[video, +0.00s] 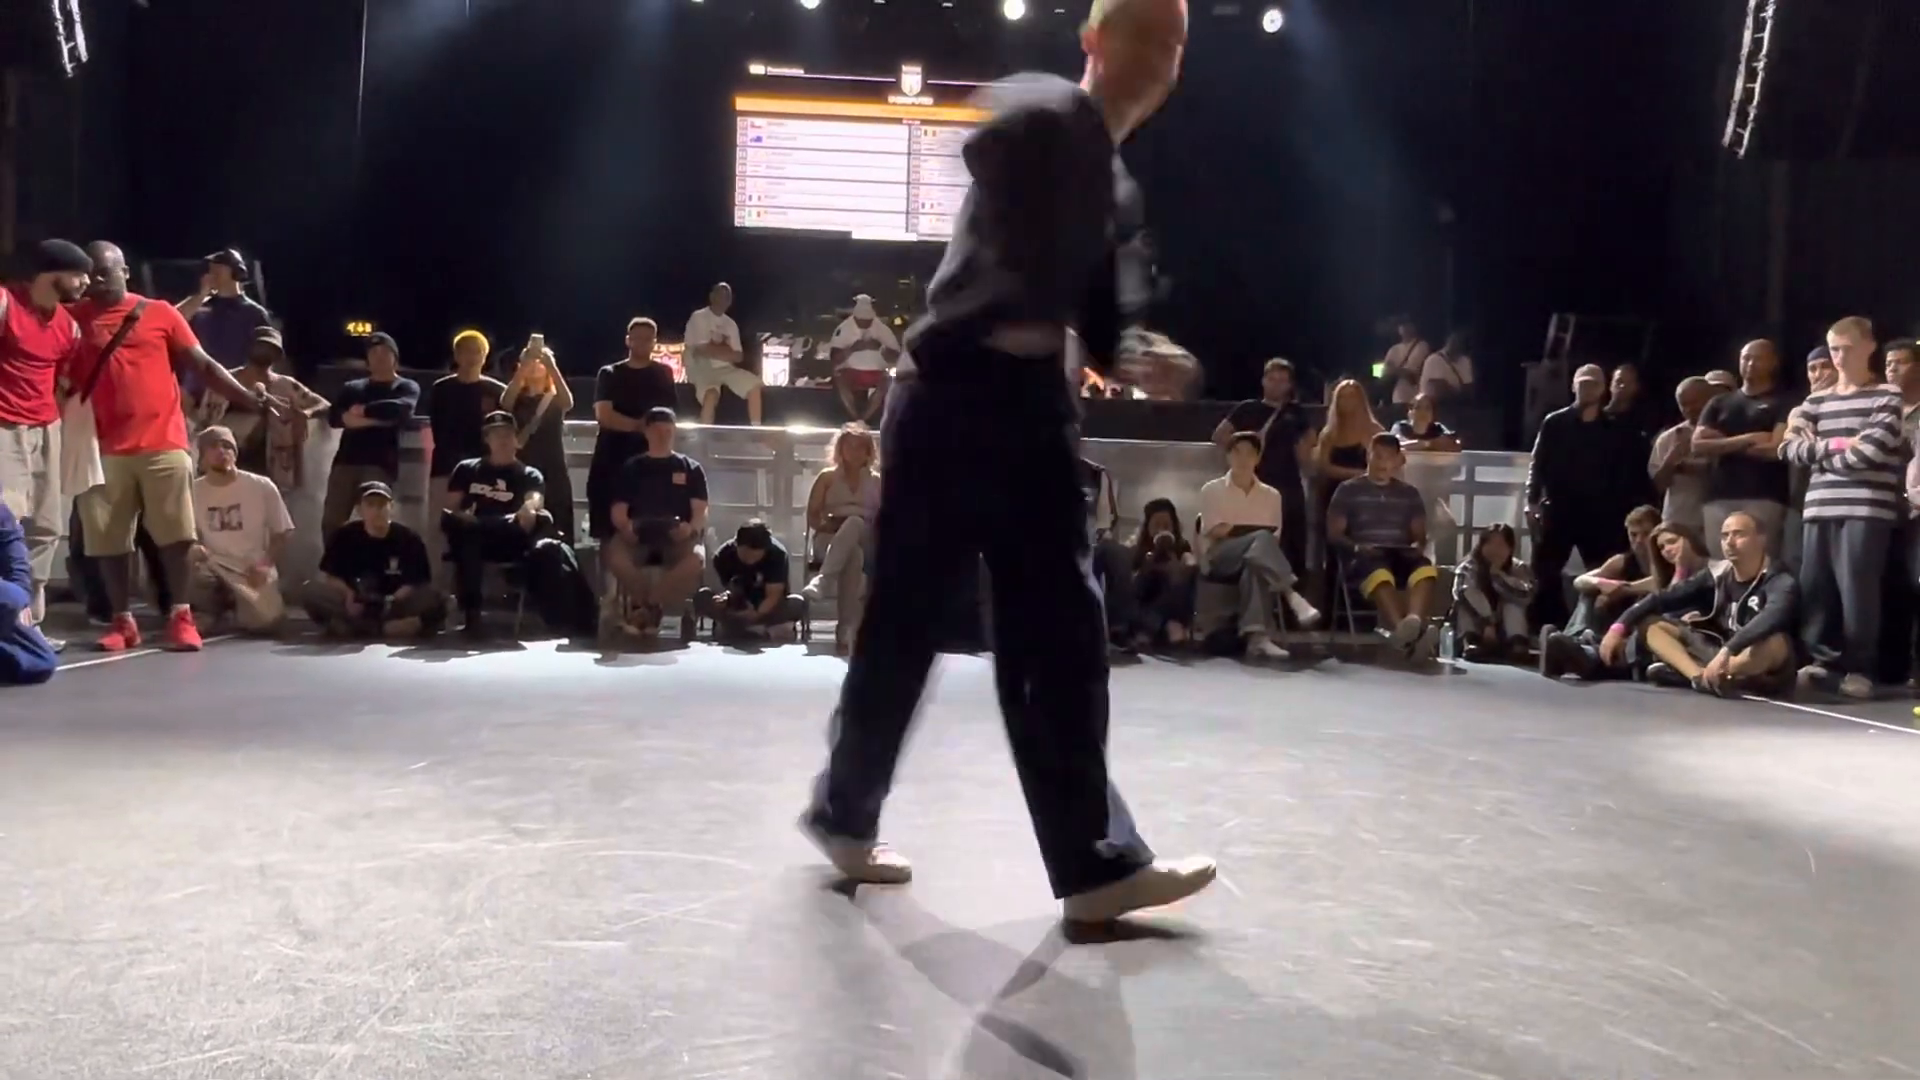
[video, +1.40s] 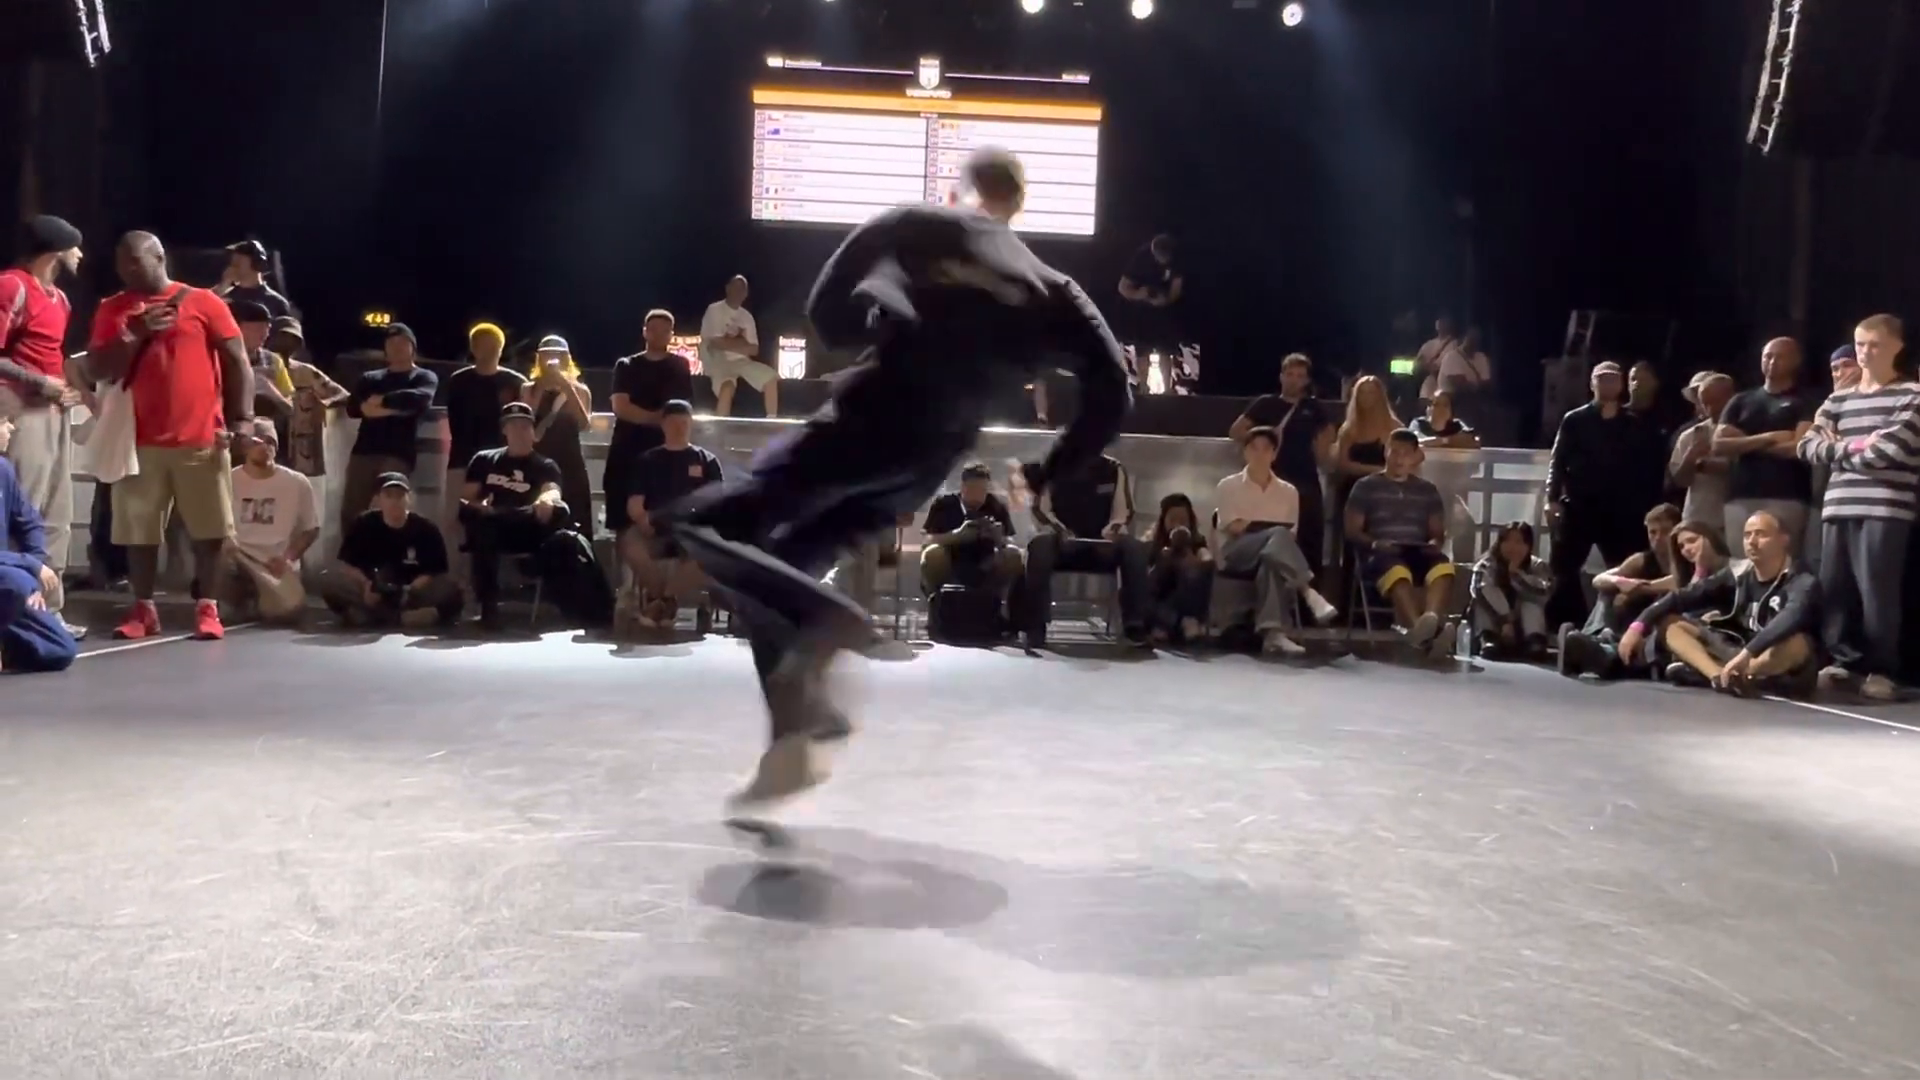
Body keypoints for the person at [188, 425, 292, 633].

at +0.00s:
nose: (222, 451)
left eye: (227, 446)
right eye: (214, 446)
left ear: (235, 453)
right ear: (202, 456)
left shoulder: (263, 487)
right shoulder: (191, 491)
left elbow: (281, 535)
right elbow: (186, 532)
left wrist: (266, 565)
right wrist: (194, 548)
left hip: (252, 569)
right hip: (212, 564)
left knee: (266, 619)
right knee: (191, 557)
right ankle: (206, 613)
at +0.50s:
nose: (251, 456)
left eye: (256, 450)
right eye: (244, 450)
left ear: (262, 455)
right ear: (229, 454)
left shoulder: (281, 491)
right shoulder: (211, 491)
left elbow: (291, 537)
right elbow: (201, 533)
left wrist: (275, 567)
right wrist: (211, 549)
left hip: (264, 569)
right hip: (225, 565)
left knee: (276, 617)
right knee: (209, 557)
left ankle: (237, 613)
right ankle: (211, 617)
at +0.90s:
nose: (258, 456)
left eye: (264, 450)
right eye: (251, 450)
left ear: (269, 455)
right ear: (237, 455)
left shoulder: (291, 490)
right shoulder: (222, 489)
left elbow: (304, 536)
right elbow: (210, 531)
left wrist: (281, 566)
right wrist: (222, 551)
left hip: (271, 570)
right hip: (233, 565)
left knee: (279, 617)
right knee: (220, 555)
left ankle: (252, 609)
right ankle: (216, 615)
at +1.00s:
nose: (259, 454)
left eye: (265, 449)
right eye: (252, 449)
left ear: (270, 454)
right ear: (238, 454)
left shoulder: (292, 488)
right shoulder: (224, 487)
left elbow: (306, 535)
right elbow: (212, 527)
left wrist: (281, 565)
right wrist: (222, 550)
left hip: (272, 568)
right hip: (234, 563)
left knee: (280, 616)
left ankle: (253, 605)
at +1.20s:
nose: (262, 452)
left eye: (268, 446)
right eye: (255, 445)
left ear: (273, 451)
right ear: (240, 449)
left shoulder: (294, 486)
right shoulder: (226, 483)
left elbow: (308, 530)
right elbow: (215, 524)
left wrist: (283, 562)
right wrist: (224, 548)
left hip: (273, 565)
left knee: (284, 612)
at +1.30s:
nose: (264, 451)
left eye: (270, 445)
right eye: (255, 445)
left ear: (275, 449)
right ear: (242, 448)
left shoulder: (297, 485)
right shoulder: (228, 482)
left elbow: (311, 530)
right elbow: (217, 523)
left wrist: (286, 561)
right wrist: (225, 545)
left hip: (275, 565)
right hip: (238, 560)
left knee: (288, 610)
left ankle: (249, 606)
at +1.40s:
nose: (266, 447)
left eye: (271, 441)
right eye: (258, 440)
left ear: (276, 446)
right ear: (244, 445)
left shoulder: (297, 483)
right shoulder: (228, 480)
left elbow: (311, 528)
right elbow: (216, 519)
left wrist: (287, 558)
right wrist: (226, 546)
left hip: (276, 563)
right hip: (238, 559)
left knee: (289, 608)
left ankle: (250, 604)